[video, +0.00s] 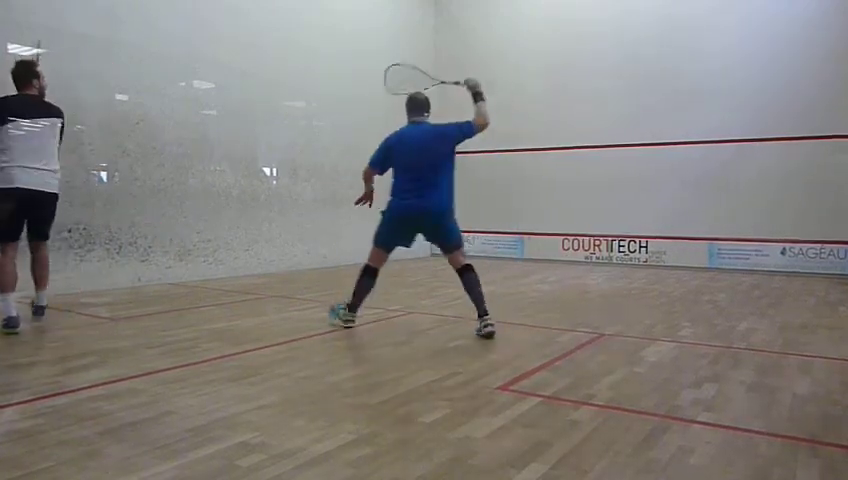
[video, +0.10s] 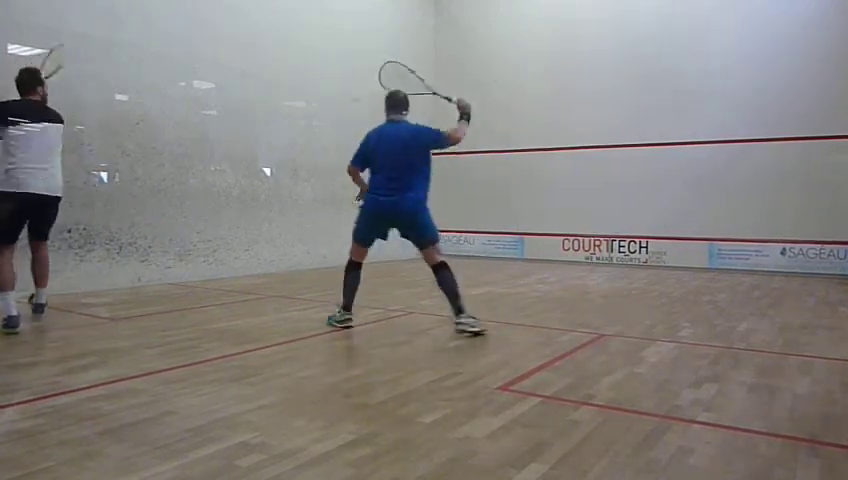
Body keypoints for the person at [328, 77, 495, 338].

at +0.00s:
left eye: (413, 107)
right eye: (424, 108)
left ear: (406, 112)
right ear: (428, 111)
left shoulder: (395, 140)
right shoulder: (445, 133)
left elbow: (368, 172)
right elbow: (482, 122)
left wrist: (368, 191)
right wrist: (477, 94)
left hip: (400, 212)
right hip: (438, 212)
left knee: (375, 260)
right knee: (459, 260)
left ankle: (350, 311)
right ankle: (484, 317)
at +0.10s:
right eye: (404, 108)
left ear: (385, 110)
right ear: (407, 110)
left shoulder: (374, 136)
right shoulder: (419, 134)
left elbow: (353, 169)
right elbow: (455, 137)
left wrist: (363, 187)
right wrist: (465, 116)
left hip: (375, 208)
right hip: (411, 208)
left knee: (356, 256)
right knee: (435, 259)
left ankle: (345, 312)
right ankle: (461, 315)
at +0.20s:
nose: (379, 106)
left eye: (372, 102)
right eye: (385, 102)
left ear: (367, 103)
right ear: (389, 102)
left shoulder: (356, 128)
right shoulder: (399, 126)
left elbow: (336, 161)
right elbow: (426, 147)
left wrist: (353, 180)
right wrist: (455, 142)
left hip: (359, 199)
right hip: (392, 199)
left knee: (351, 253)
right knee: (407, 253)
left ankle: (343, 311)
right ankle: (407, 314)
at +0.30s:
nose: (369, 105)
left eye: (359, 100)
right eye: (374, 101)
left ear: (354, 101)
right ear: (376, 101)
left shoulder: (342, 126)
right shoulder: (386, 124)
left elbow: (320, 158)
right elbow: (408, 152)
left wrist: (336, 179)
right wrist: (441, 163)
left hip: (346, 197)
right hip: (377, 197)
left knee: (341, 252)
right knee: (385, 255)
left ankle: (329, 307)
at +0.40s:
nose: (357, 110)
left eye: (347, 105)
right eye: (364, 105)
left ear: (345, 106)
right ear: (367, 106)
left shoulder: (332, 131)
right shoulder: (375, 131)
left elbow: (304, 159)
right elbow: (392, 159)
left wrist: (318, 184)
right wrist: (428, 180)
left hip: (332, 200)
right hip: (361, 201)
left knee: (335, 252)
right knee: (367, 259)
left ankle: (322, 310)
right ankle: (330, 307)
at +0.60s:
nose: (365, 108)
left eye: (362, 104)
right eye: (366, 104)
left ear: (343, 101)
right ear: (363, 103)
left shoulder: (323, 122)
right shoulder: (365, 126)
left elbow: (299, 156)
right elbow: (380, 164)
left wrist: (313, 181)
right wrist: (400, 196)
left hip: (310, 188)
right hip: (340, 190)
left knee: (315, 248)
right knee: (345, 251)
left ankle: (309, 309)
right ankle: (326, 312)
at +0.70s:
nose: (363, 119)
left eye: (362, 115)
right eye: (364, 115)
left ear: (344, 112)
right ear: (362, 114)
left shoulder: (327, 130)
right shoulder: (360, 134)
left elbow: (304, 160)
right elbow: (369, 170)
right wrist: (383, 207)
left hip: (298, 191)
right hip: (328, 195)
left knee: (304, 251)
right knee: (345, 256)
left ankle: (278, 307)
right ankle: (344, 323)